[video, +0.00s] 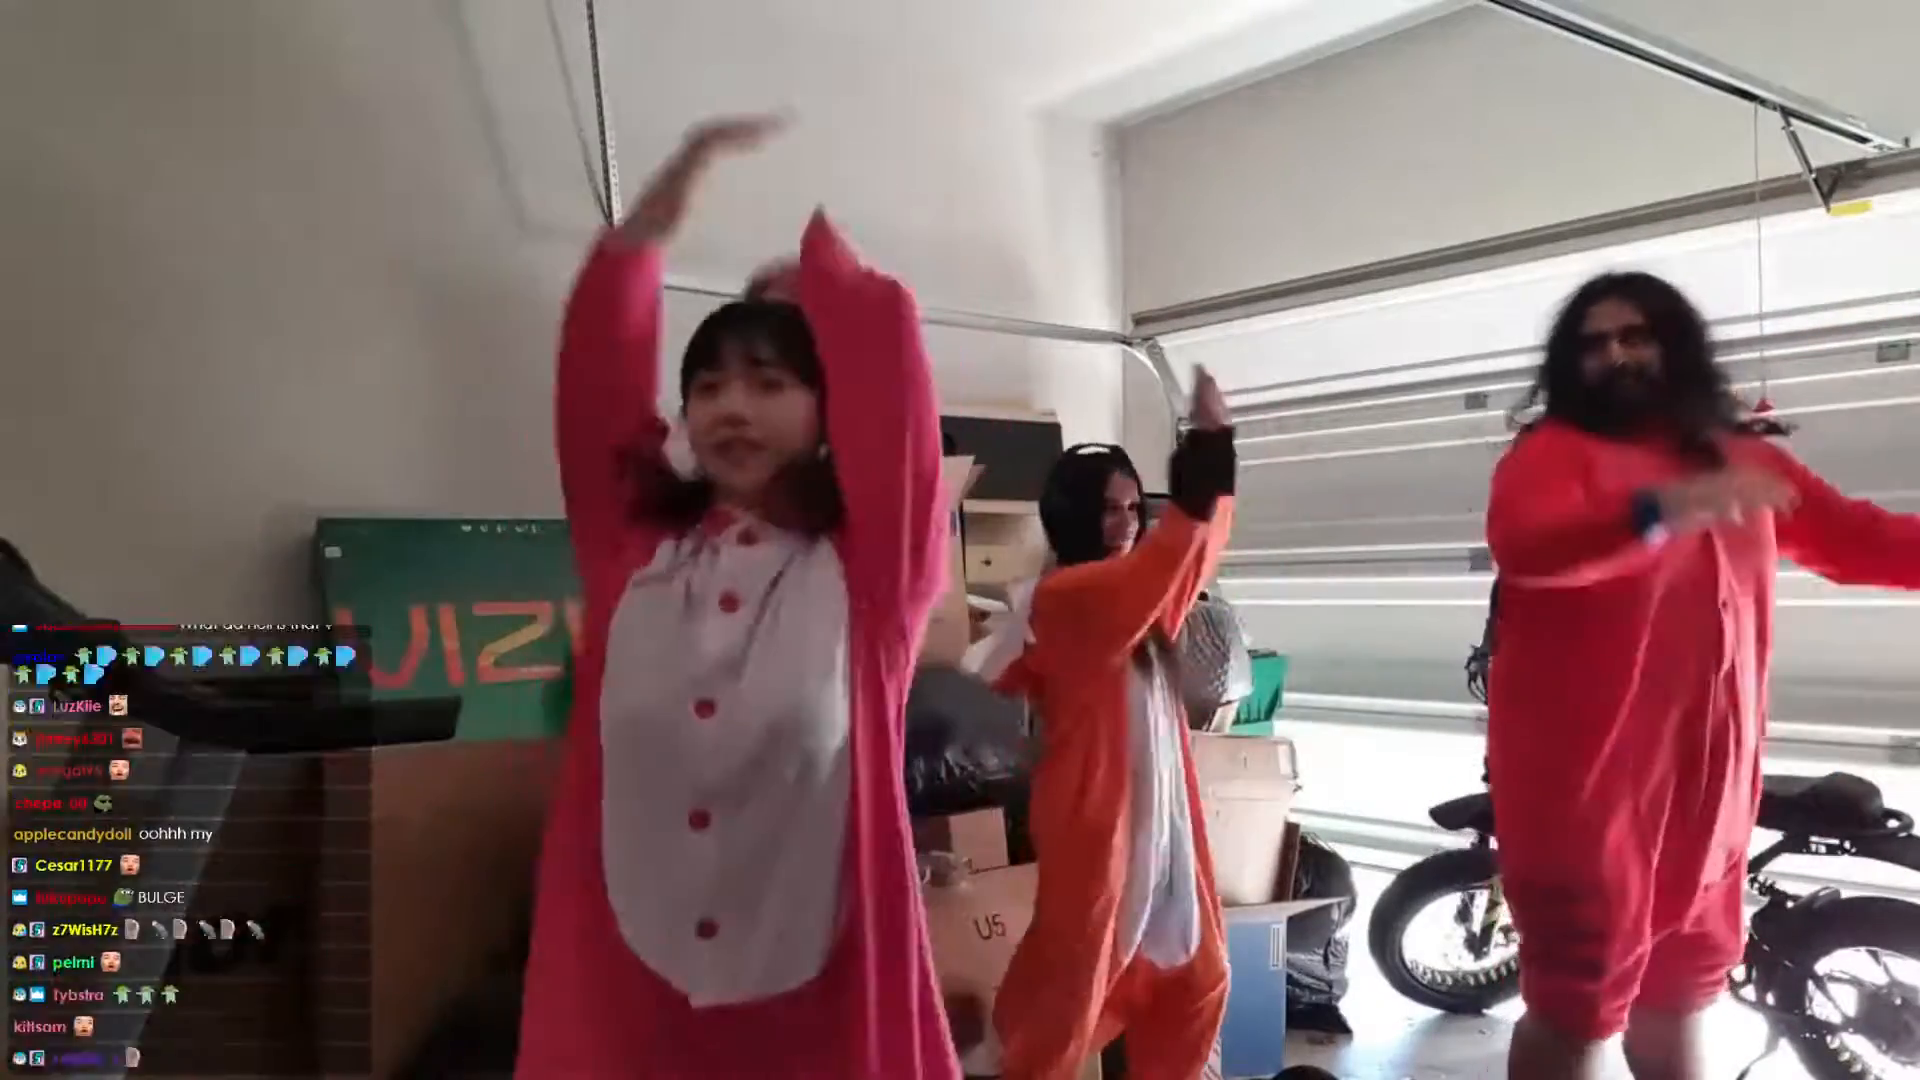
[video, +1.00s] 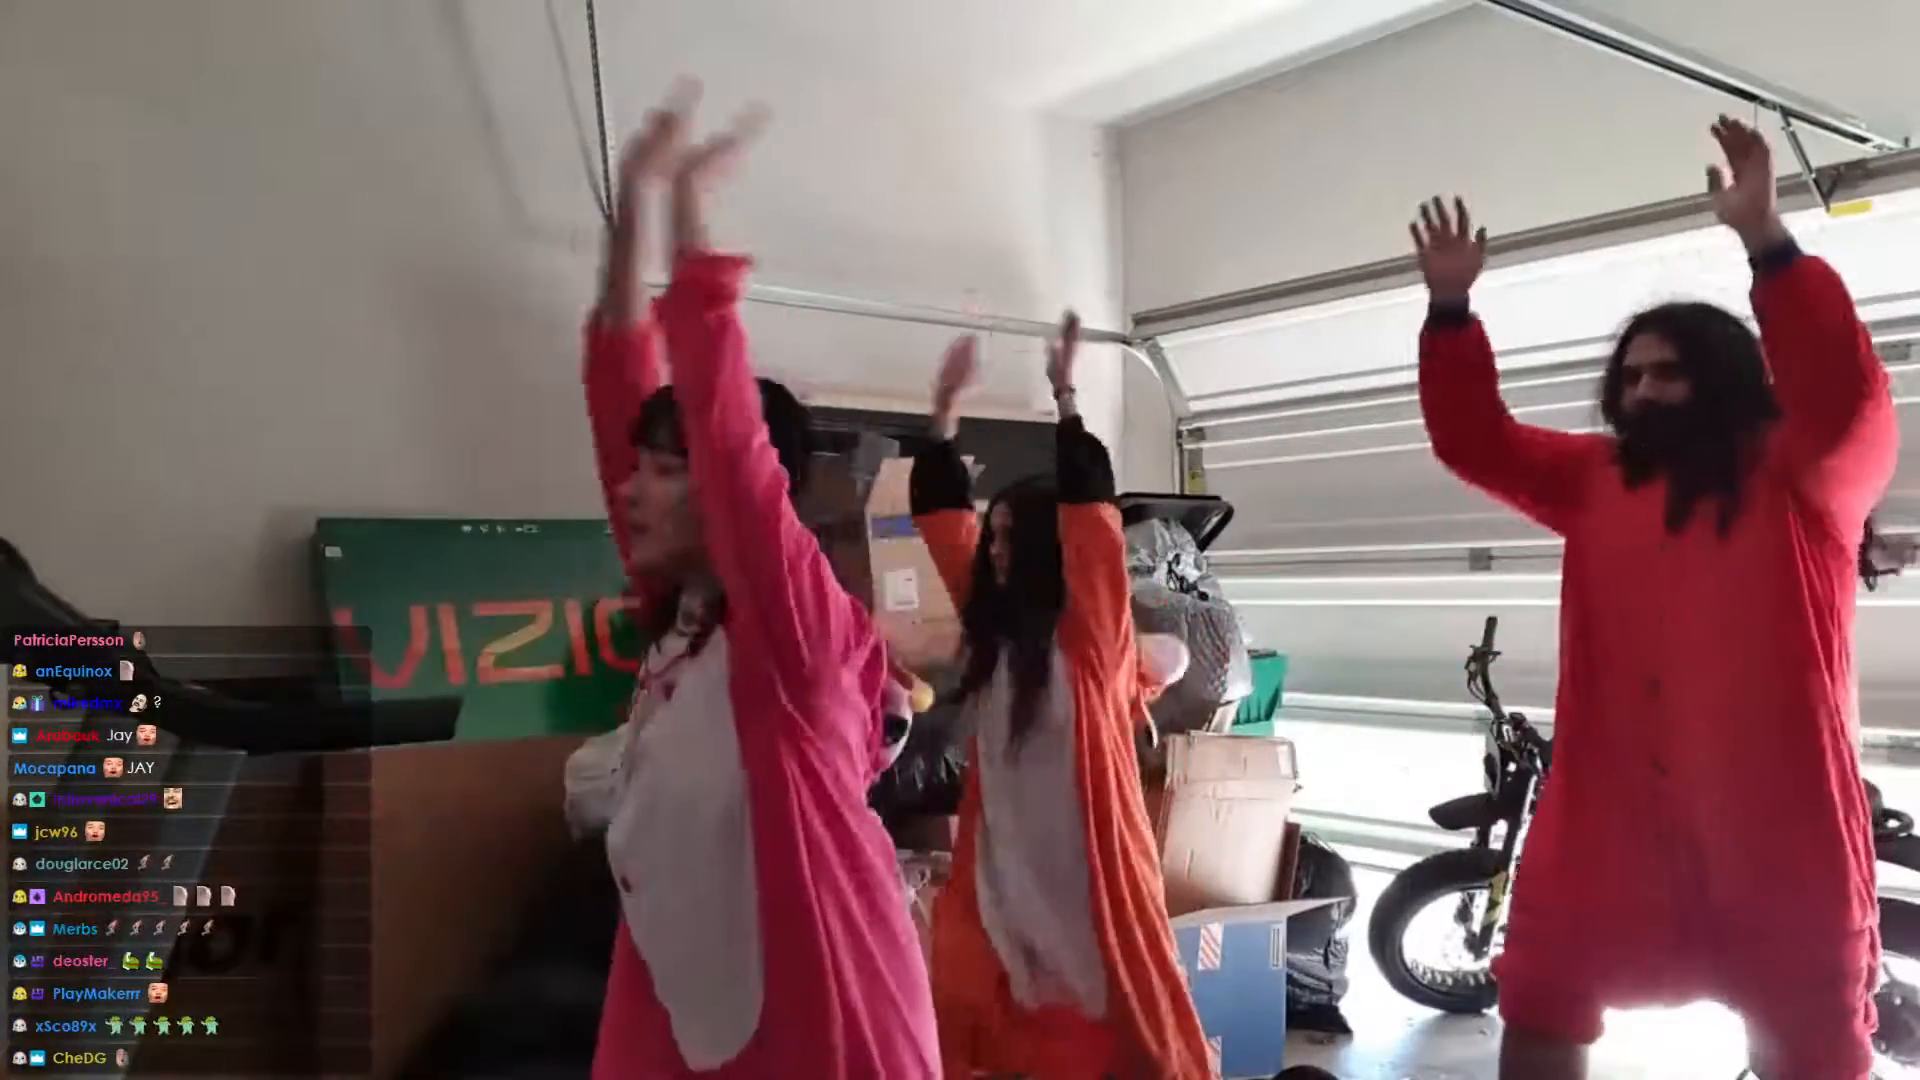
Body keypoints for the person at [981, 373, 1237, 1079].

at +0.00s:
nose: (1127, 521)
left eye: (1133, 508)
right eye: (1109, 507)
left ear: (1141, 512)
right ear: (1070, 516)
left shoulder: (1141, 592)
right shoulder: (1061, 597)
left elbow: (1200, 549)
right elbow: (1157, 571)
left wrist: (1212, 455)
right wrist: (1205, 449)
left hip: (1165, 822)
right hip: (1095, 826)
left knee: (1194, 981)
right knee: (1071, 983)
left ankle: (1168, 1073)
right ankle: (1029, 1064)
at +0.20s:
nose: (1105, 506)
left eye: (1116, 492)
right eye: (1088, 494)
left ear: (1135, 497)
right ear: (1059, 505)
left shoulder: (1161, 580)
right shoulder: (1039, 584)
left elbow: (1230, 533)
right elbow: (1088, 577)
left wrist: (1257, 444)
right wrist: (1183, 491)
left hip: (1172, 825)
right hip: (1079, 832)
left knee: (1194, 1002)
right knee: (1048, 1017)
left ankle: (1176, 1073)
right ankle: (1022, 1074)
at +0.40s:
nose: (1075, 546)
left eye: (1089, 530)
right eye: (1061, 534)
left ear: (1114, 540)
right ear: (1045, 547)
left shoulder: (1153, 624)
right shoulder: (1025, 636)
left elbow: (1198, 716)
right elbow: (1052, 736)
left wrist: (1231, 815)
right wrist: (1100, 825)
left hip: (1147, 827)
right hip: (1056, 837)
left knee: (1187, 990)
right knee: (1065, 985)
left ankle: (1179, 1068)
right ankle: (1080, 1069)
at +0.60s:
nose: (1045, 508)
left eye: (1060, 495)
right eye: (1037, 496)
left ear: (1093, 505)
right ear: (1025, 507)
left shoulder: (1129, 597)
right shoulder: (1001, 596)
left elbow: (1120, 695)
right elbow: (970, 693)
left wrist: (1090, 783)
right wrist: (949, 782)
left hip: (1096, 811)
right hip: (1007, 811)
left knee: (1133, 966)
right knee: (1014, 967)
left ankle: (1172, 1065)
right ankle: (1035, 1068)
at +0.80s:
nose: (1048, 493)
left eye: (1063, 479)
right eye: (1037, 478)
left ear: (1095, 484)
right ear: (1018, 482)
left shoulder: (1117, 559)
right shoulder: (986, 550)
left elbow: (1075, 489)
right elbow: (898, 499)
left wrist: (1027, 401)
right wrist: (849, 422)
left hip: (1102, 803)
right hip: (1004, 805)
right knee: (973, 968)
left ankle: (1178, 1057)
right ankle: (967, 1057)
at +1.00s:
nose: (993, 550)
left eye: (1008, 534)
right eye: (992, 536)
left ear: (1051, 541)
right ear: (989, 548)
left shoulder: (1090, 635)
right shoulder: (992, 630)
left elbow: (1092, 523)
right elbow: (946, 524)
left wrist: (1064, 394)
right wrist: (941, 417)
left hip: (1085, 881)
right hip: (995, 886)